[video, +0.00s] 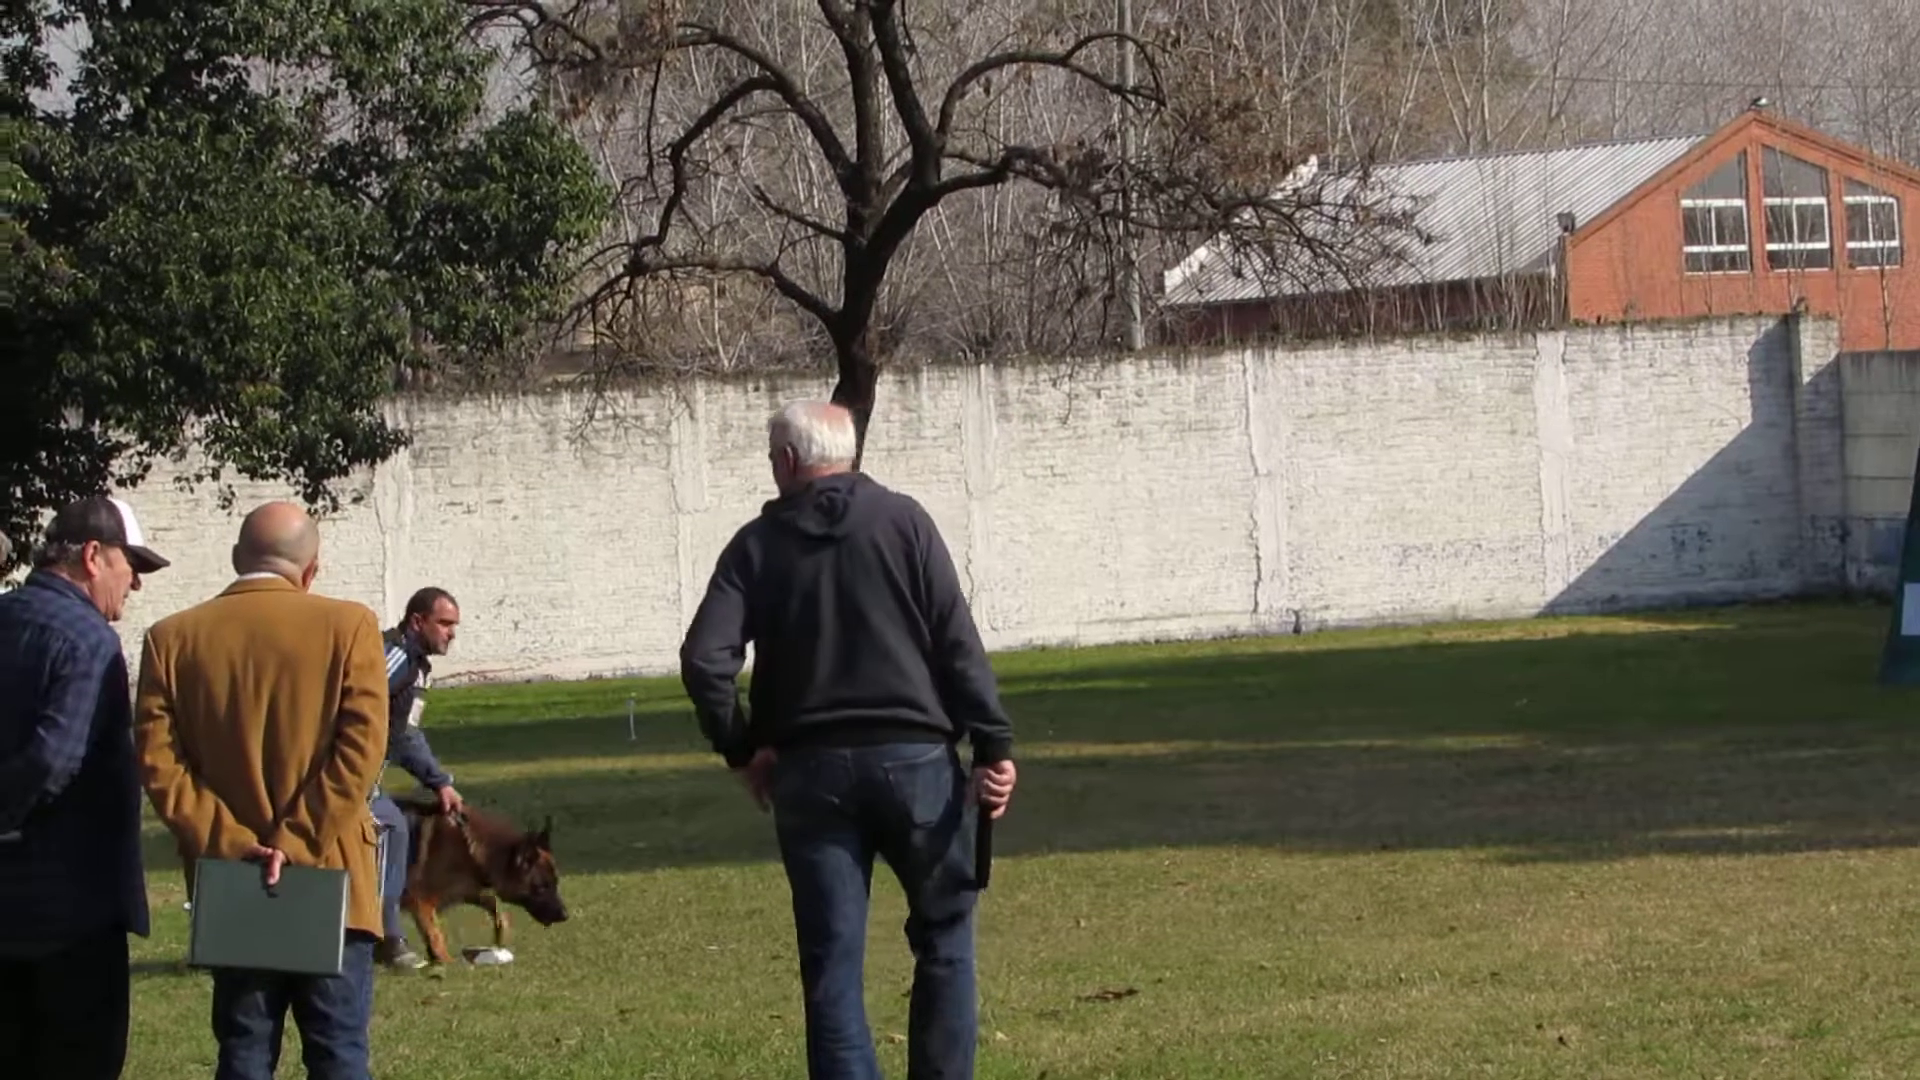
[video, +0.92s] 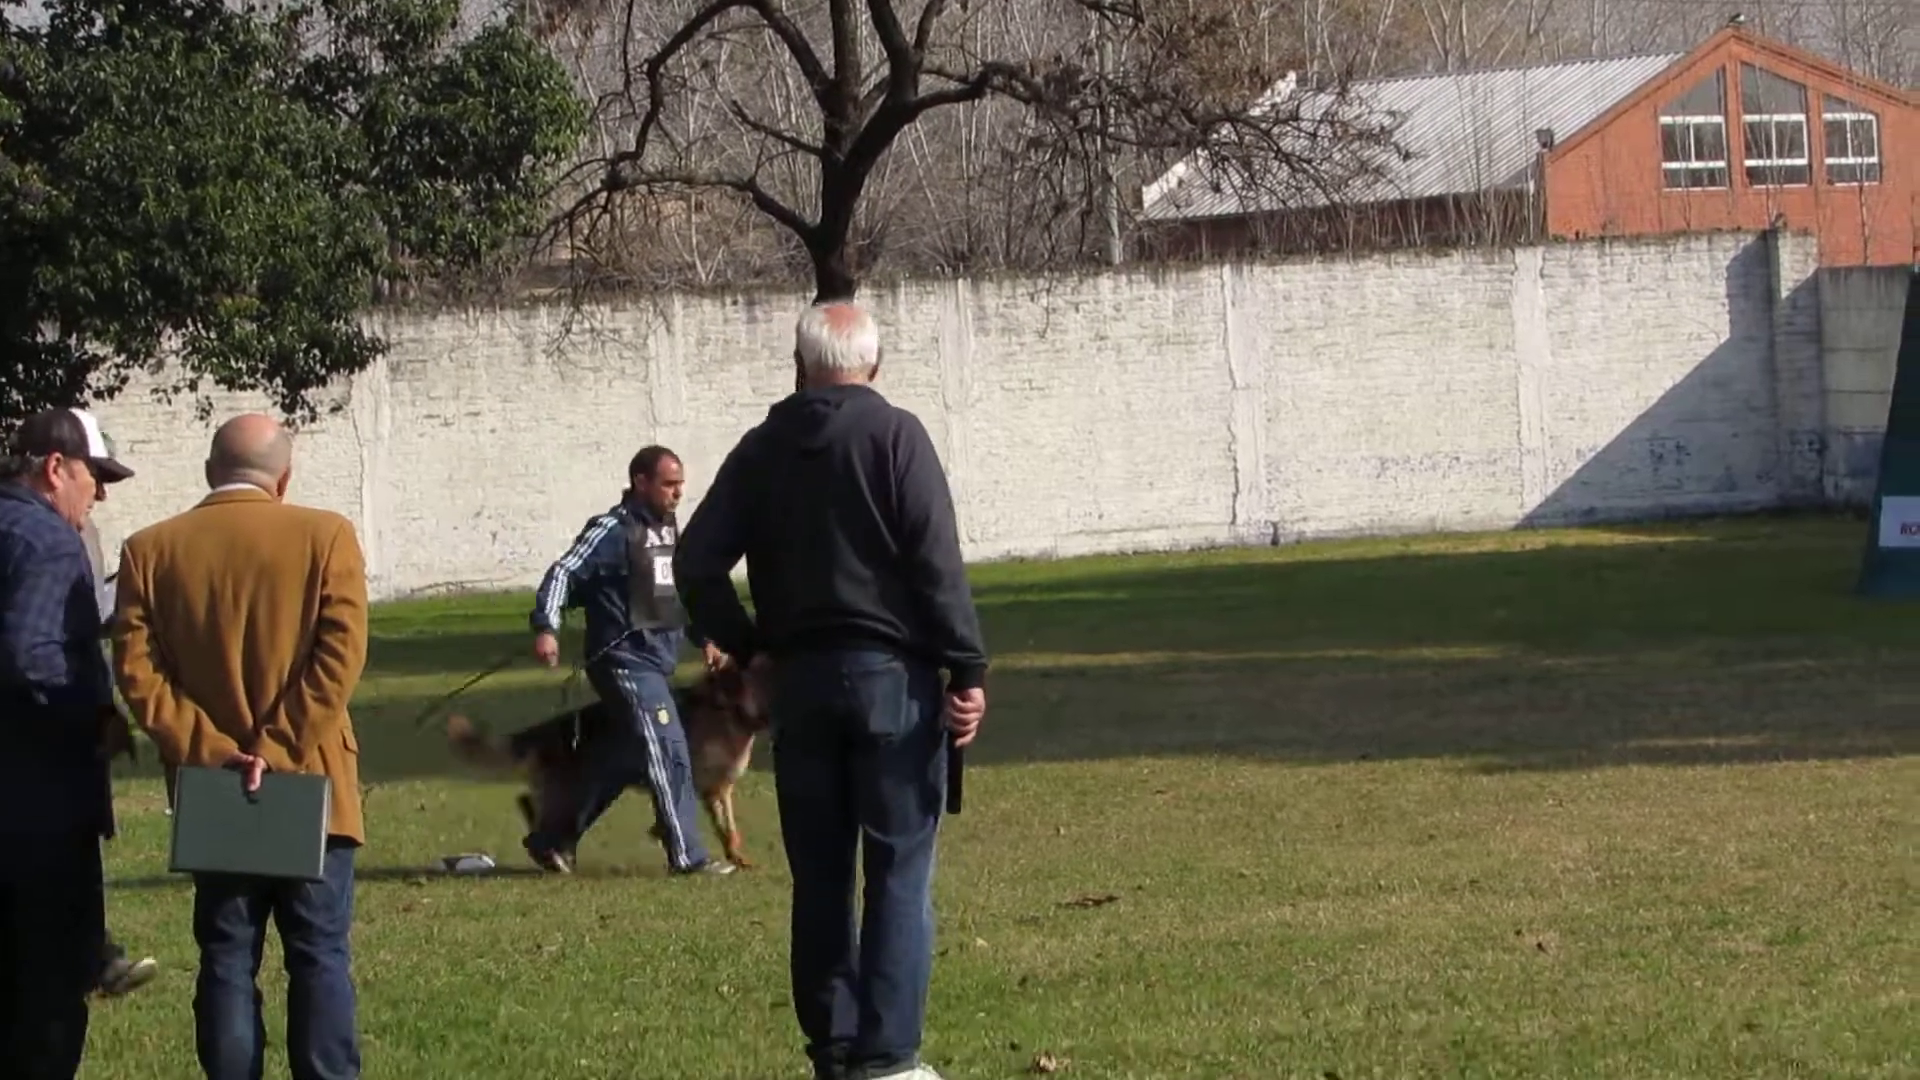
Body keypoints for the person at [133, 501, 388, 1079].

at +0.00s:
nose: (317, 570)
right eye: (316, 561)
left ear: (237, 558)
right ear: (308, 567)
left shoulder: (171, 638)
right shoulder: (350, 625)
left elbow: (159, 767)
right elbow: (361, 752)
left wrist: (236, 846)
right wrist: (293, 840)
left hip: (230, 896)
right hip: (335, 893)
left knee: (243, 1051)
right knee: (339, 1051)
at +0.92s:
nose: (291, 478)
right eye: (291, 470)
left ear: (210, 472)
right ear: (282, 476)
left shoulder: (149, 549)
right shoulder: (328, 535)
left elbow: (137, 676)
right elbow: (339, 659)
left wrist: (215, 752)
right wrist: (274, 747)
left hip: (210, 804)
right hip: (317, 799)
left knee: (225, 962)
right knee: (320, 960)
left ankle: (231, 1076)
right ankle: (327, 1074)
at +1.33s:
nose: (188, 291)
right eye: (187, 282)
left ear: (107, 291)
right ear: (184, 291)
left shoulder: (60, 370)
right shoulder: (237, 352)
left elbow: (47, 498)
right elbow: (250, 475)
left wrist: (128, 571)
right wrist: (192, 568)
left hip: (121, 620)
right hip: (225, 616)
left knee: (135, 776)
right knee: (230, 775)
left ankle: (143, 958)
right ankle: (244, 950)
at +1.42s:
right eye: (158, 262)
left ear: (76, 274)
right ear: (154, 272)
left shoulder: (27, 355)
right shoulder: (207, 333)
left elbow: (18, 482)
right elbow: (222, 454)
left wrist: (89, 549)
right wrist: (165, 547)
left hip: (90, 604)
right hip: (196, 598)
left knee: (105, 763)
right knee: (200, 760)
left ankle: (114, 941)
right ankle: (215, 934)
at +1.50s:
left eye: (39, 256)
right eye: (122, 245)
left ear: (42, 261)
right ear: (120, 256)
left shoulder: (10, 337)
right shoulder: (176, 319)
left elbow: (2, 471)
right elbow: (193, 441)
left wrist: (63, 537)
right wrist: (134, 534)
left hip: (58, 593)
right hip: (164, 583)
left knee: (71, 753)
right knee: (170, 745)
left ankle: (81, 930)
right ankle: (185, 922)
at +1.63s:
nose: (69, 233)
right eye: (70, 225)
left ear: (0, 233)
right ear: (65, 235)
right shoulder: (118, 297)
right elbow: (137, 419)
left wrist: (22, 520)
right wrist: (77, 508)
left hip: (9, 564)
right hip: (105, 562)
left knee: (18, 730)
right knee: (111, 725)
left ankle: (24, 908)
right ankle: (126, 899)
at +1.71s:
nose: (23, 225)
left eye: (16, 213)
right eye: (22, 212)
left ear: (13, 225)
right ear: (20, 223)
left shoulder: (62, 287)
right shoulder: (64, 286)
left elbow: (81, 413)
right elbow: (82, 413)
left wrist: (26, 502)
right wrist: (23, 500)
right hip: (44, 544)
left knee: (54, 710)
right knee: (56, 710)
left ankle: (70, 881)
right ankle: (72, 885)